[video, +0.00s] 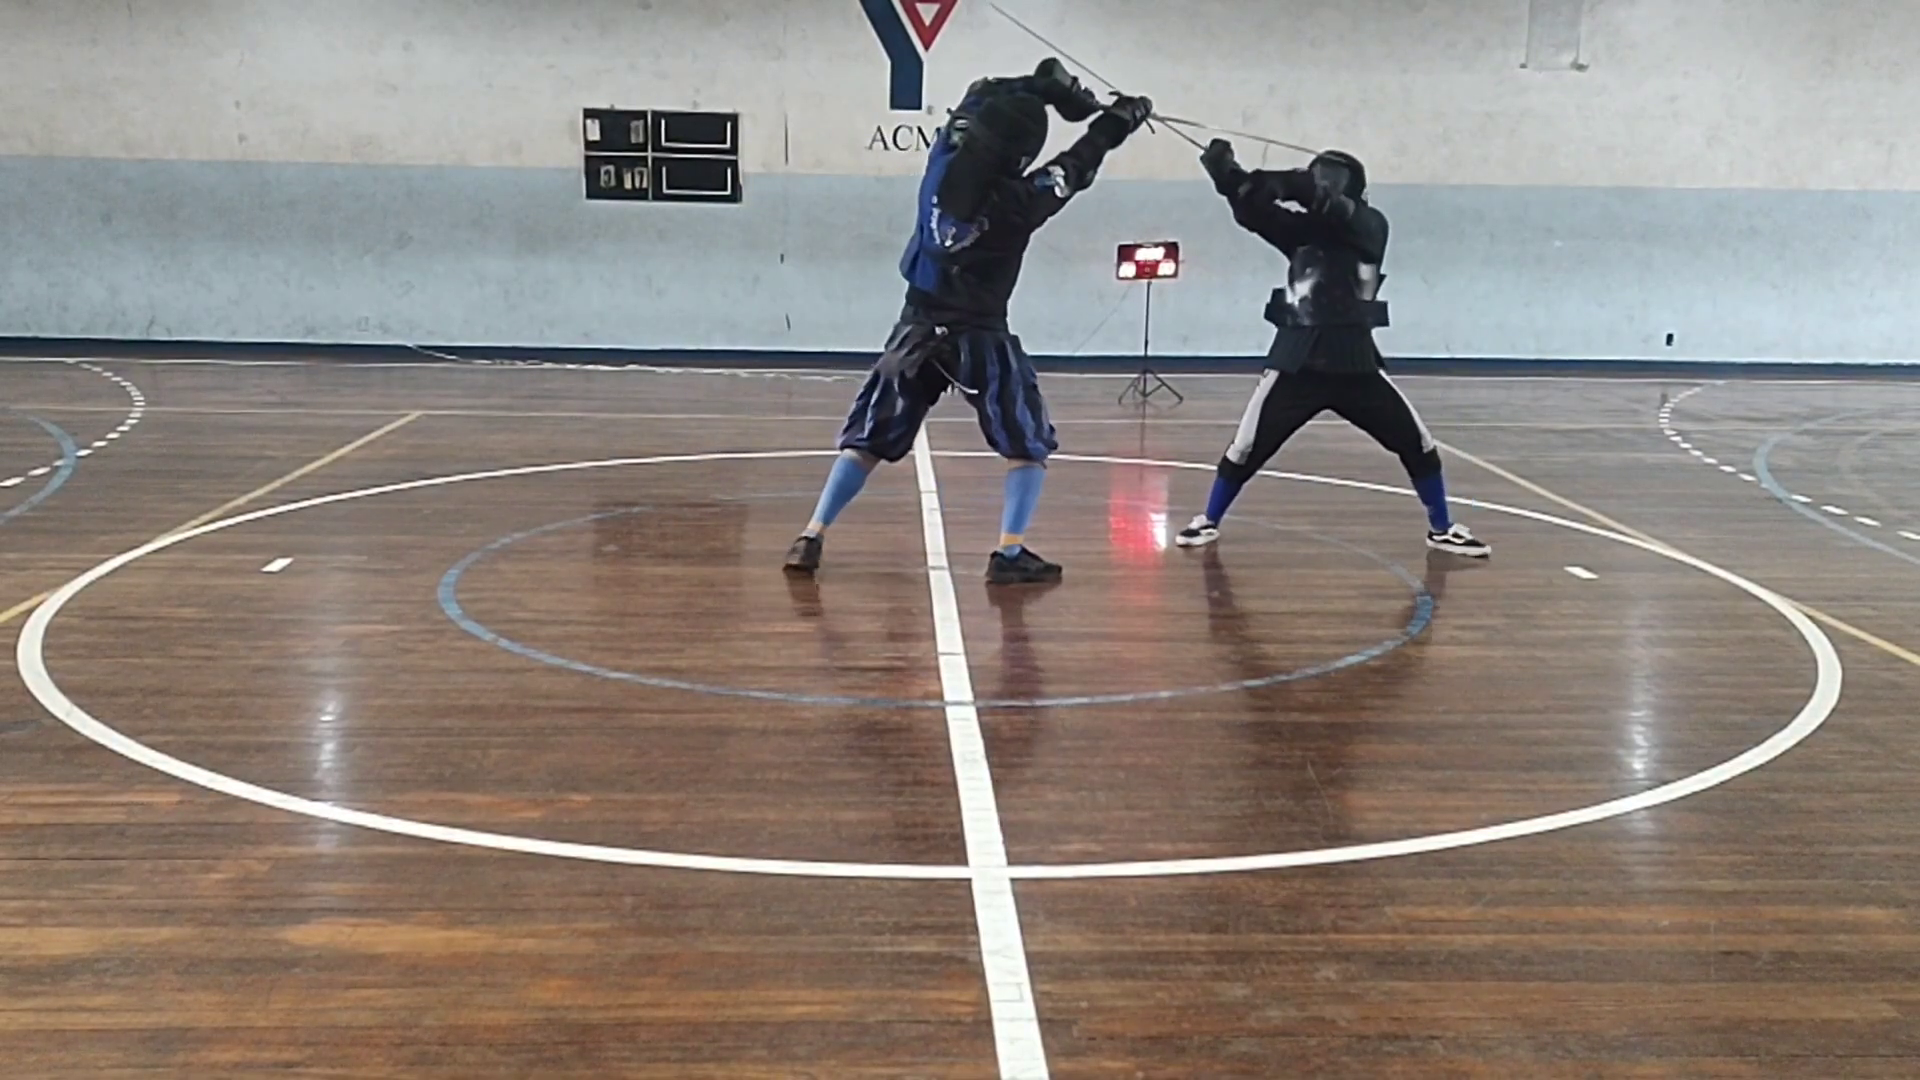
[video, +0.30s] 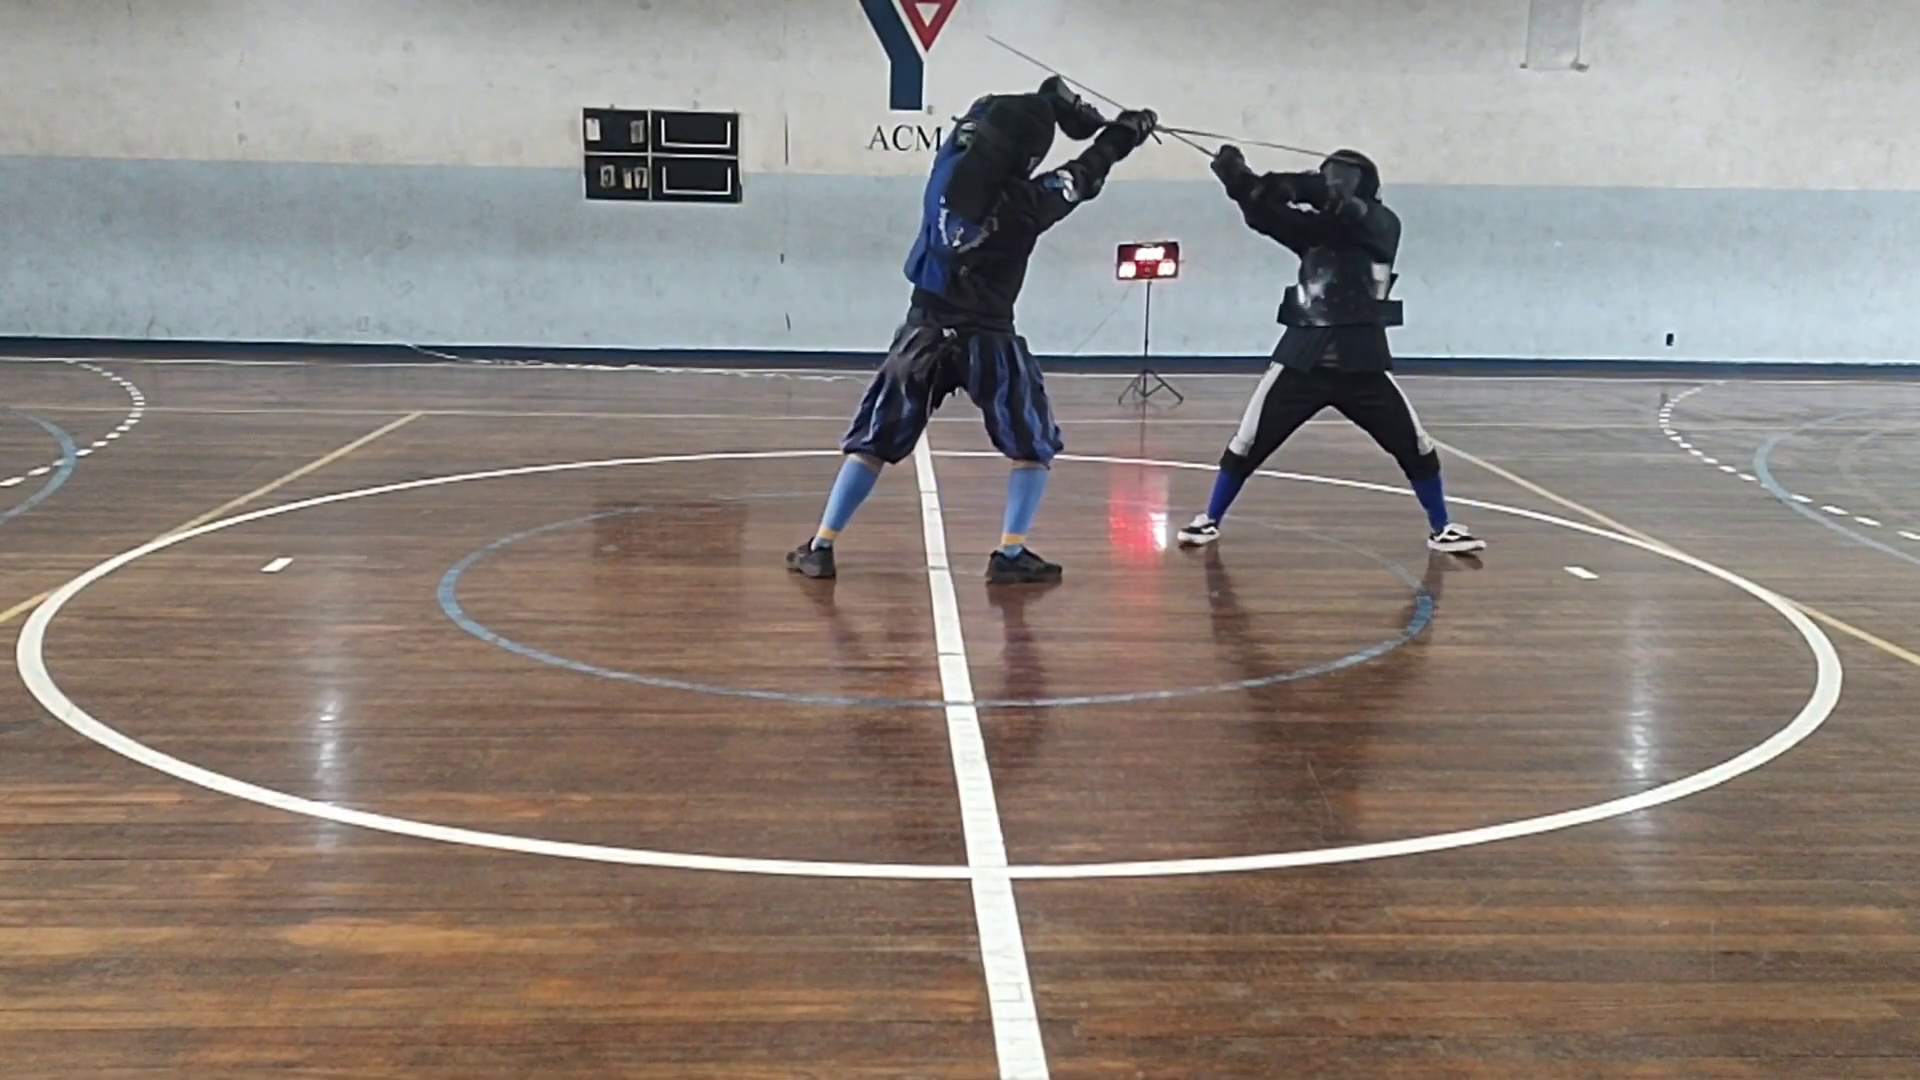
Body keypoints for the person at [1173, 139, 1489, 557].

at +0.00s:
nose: (1321, 185)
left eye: (1331, 178)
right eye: (1317, 178)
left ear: (1354, 185)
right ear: (1310, 182)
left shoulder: (1372, 227)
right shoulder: (1299, 227)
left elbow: (1333, 207)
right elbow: (1255, 213)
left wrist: (1296, 185)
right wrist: (1228, 175)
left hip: (1356, 370)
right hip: (1296, 369)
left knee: (1419, 446)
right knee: (1246, 448)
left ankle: (1442, 529)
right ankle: (1208, 521)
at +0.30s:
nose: (1333, 184)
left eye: (1343, 176)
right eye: (1328, 175)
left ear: (1364, 183)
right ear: (1322, 181)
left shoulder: (1384, 226)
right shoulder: (1312, 227)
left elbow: (1342, 209)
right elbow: (1264, 216)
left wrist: (1299, 186)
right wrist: (1238, 179)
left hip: (1362, 370)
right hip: (1300, 366)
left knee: (1416, 447)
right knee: (1248, 440)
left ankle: (1442, 528)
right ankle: (1210, 519)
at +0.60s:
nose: (1324, 175)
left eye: (1336, 166)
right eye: (1319, 165)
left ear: (1355, 174)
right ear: (1310, 169)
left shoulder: (1368, 216)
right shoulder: (1291, 213)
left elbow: (1362, 240)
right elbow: (1246, 259)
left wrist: (1316, 211)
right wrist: (1233, 225)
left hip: (1337, 347)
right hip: (1278, 343)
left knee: (1372, 439)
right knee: (1237, 431)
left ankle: (1391, 523)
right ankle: (1207, 518)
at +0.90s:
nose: (1336, 183)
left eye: (1348, 173)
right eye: (1331, 173)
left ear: (1367, 179)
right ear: (1329, 179)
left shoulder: (1390, 222)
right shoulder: (1315, 229)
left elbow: (1436, 230)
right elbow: (1302, 302)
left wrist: (1371, 221)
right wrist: (1309, 254)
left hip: (1365, 346)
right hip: (1310, 343)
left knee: (1367, 442)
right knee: (1260, 429)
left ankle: (1377, 524)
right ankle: (1212, 514)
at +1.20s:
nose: (1367, 202)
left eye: (1378, 193)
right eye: (1367, 193)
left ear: (1406, 200)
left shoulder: (1433, 241)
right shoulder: (1361, 257)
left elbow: (1469, 278)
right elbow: (1361, 329)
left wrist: (1419, 272)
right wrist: (1348, 290)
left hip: (1438, 362)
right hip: (1382, 366)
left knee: (1472, 450)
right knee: (1325, 440)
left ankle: (1501, 515)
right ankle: (1276, 513)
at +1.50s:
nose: (1371, 190)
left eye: (1381, 182)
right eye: (1372, 181)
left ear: (1411, 190)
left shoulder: (1440, 235)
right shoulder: (1367, 241)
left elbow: (1475, 284)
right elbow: (1358, 311)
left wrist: (1419, 298)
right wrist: (1360, 290)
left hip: (1439, 358)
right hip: (1384, 358)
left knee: (1469, 446)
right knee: (1327, 431)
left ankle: (1500, 514)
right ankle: (1303, 511)